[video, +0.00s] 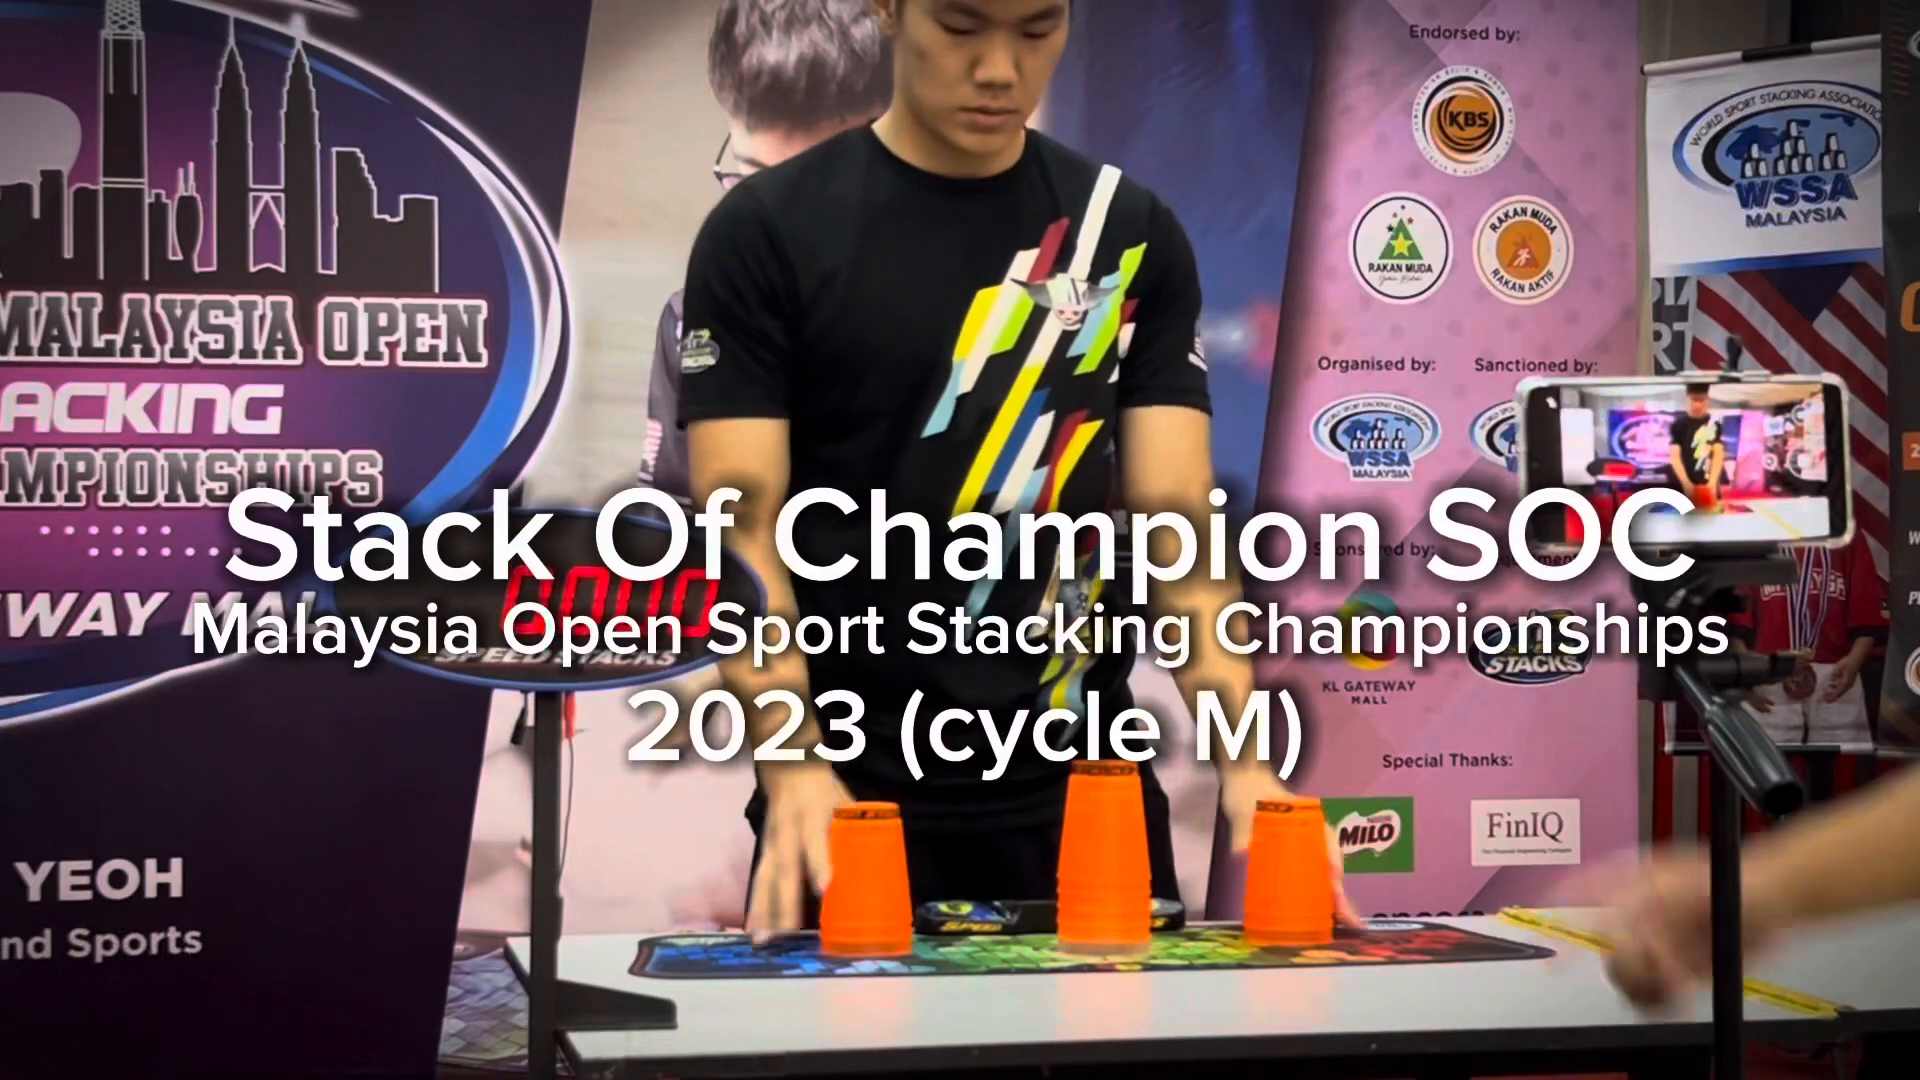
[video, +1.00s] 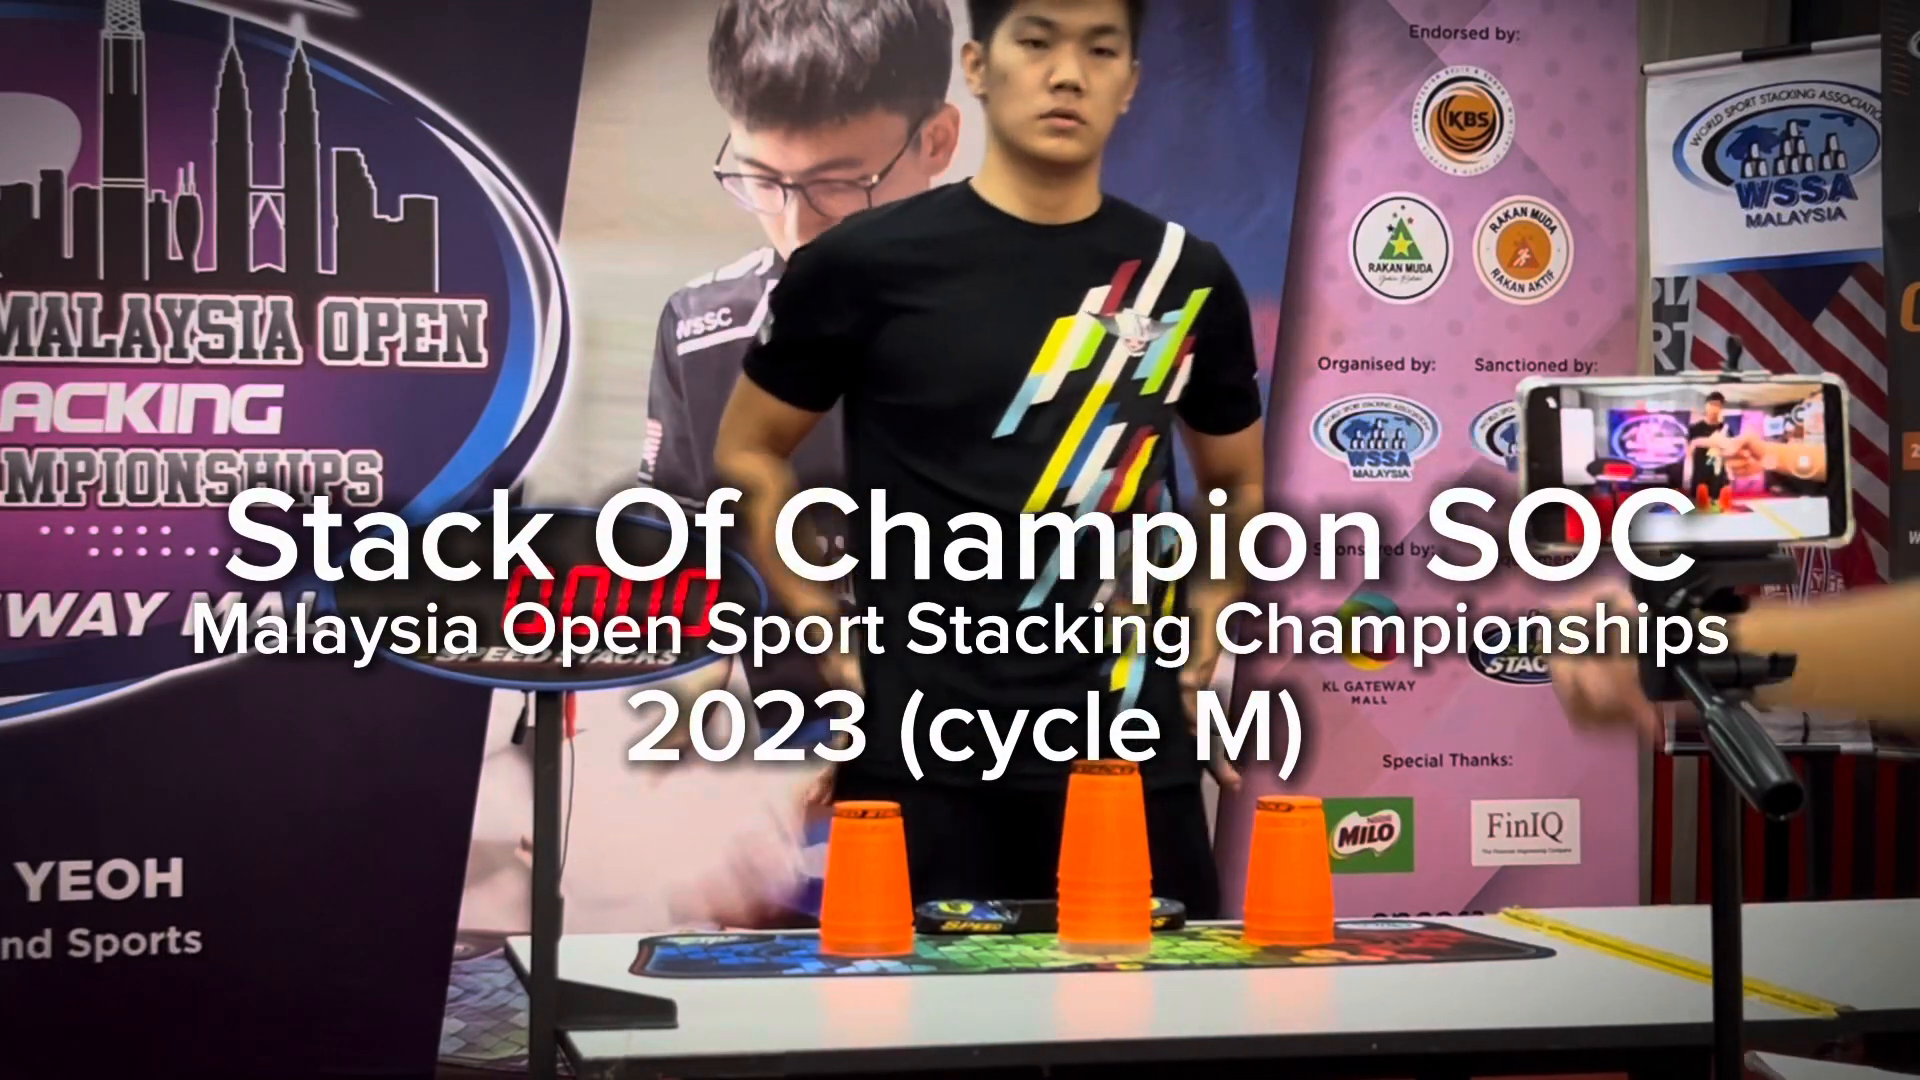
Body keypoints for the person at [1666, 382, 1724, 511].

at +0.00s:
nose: (1698, 405)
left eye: (1701, 400)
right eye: (1694, 400)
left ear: (1707, 400)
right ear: (1688, 400)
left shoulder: (1713, 424)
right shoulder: (1679, 425)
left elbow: (1717, 455)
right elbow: (1675, 458)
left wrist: (1712, 484)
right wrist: (1687, 485)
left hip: (1708, 487)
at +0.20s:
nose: (1694, 405)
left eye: (1697, 400)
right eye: (1690, 400)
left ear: (1703, 400)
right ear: (1684, 399)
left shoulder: (1709, 423)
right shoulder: (1676, 425)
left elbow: (1716, 454)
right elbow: (1672, 457)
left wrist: (1719, 482)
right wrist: (1675, 484)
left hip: (1706, 482)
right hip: (1685, 483)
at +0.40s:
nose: (1696, 405)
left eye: (1700, 401)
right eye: (1693, 400)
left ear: (1706, 401)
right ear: (1688, 401)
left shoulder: (1712, 425)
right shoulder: (1679, 425)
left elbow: (1719, 454)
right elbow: (1671, 456)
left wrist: (1721, 482)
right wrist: (1671, 486)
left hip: (1706, 476)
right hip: (1685, 476)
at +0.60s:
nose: (1706, 408)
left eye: (1709, 404)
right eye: (1702, 403)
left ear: (1714, 404)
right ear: (1697, 403)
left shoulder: (1719, 428)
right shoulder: (1685, 427)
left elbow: (1725, 454)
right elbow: (1674, 450)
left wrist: (1725, 478)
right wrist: (1675, 472)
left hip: (1711, 477)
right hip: (1689, 477)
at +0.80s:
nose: (1714, 410)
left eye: (1718, 406)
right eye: (1711, 405)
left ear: (1721, 408)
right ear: (1705, 405)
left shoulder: (1725, 429)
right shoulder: (1693, 428)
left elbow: (1728, 457)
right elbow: (1688, 458)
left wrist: (1729, 482)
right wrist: (1685, 484)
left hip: (1719, 484)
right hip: (1697, 482)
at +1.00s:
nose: (1714, 410)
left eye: (1717, 406)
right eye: (1711, 405)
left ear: (1721, 409)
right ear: (1705, 407)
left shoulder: (1726, 429)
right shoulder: (1694, 429)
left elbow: (1728, 456)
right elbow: (1689, 458)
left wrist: (1731, 479)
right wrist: (1686, 484)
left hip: (1720, 482)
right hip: (1699, 481)